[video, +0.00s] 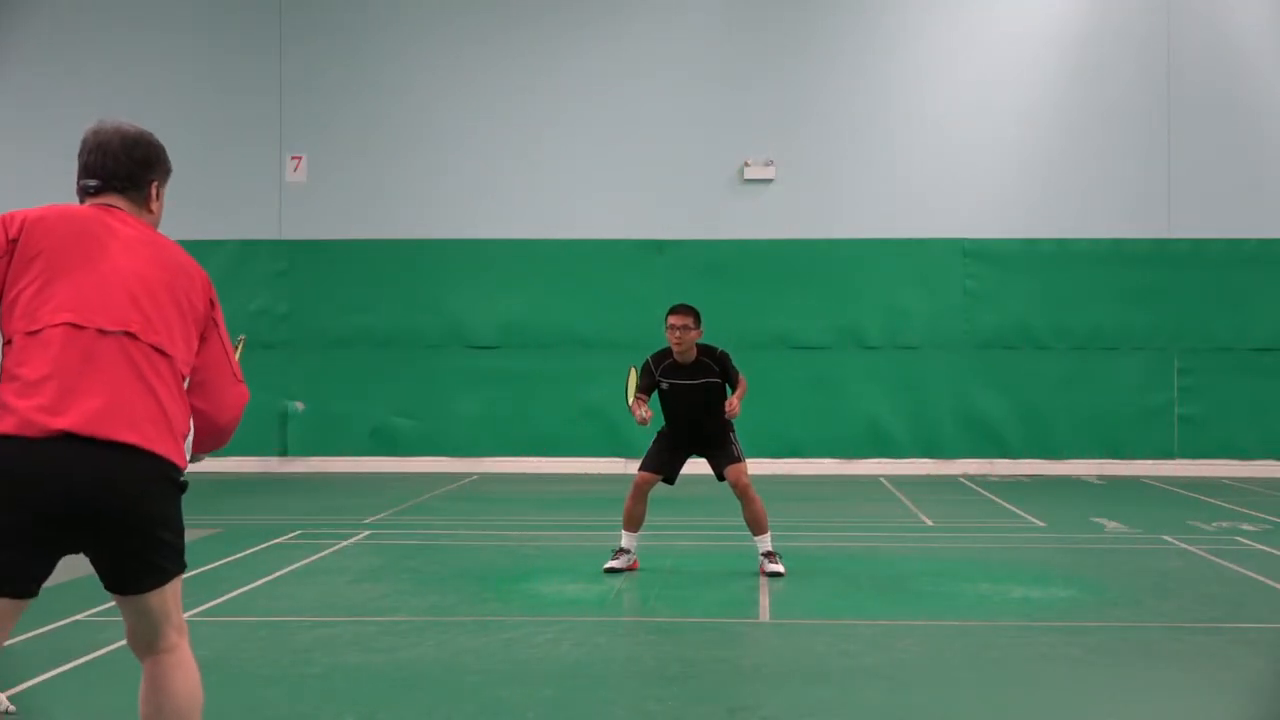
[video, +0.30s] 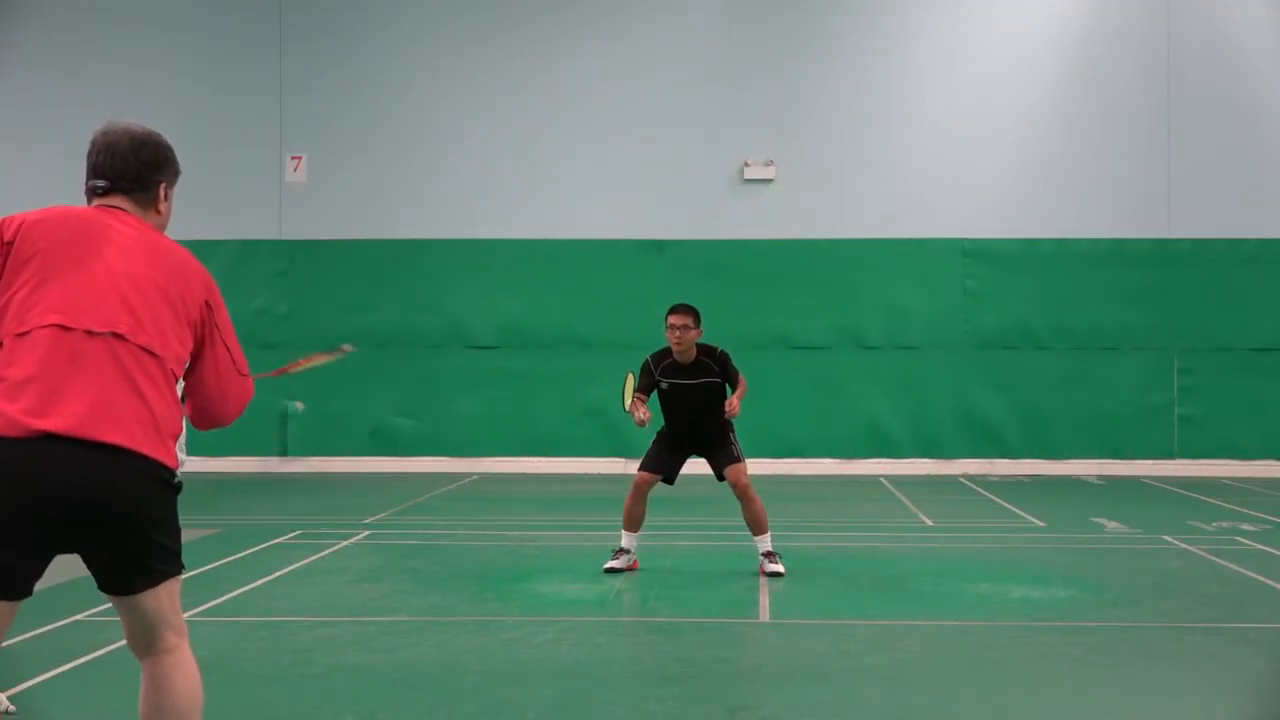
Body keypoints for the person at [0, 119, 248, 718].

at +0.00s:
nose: (164, 203)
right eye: (164, 191)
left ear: (83, 185)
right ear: (155, 192)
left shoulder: (21, 227)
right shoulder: (186, 272)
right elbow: (223, 407)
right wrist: (179, 445)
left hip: (20, 460)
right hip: (136, 471)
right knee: (163, 644)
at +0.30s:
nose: (172, 206)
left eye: (173, 194)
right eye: (173, 194)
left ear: (91, 186)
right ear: (162, 194)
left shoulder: (21, 229)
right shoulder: (188, 273)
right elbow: (220, 406)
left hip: (16, 460)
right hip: (129, 473)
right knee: (163, 646)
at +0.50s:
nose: (187, 221)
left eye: (187, 208)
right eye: (188, 208)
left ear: (105, 199)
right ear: (175, 209)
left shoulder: (28, 235)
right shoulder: (195, 286)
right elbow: (216, 426)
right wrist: (227, 448)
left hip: (15, 458)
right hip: (128, 474)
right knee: (162, 644)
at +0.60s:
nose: (193, 228)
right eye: (193, 216)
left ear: (111, 205)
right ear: (180, 215)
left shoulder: (37, 237)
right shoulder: (201, 291)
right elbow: (217, 426)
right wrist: (219, 490)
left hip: (17, 457)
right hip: (132, 475)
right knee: (162, 641)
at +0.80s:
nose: (201, 228)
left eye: (202, 216)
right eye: (201, 217)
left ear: (121, 205)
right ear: (189, 217)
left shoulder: (51, 238)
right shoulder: (207, 289)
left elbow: (0, 308)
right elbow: (217, 410)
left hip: (26, 456)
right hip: (141, 473)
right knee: (166, 639)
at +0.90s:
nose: (200, 223)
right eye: (199, 212)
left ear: (122, 203)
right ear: (190, 214)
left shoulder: (51, 240)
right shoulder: (209, 282)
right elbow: (217, 379)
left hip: (30, 456)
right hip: (145, 468)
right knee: (166, 639)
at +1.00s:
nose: (195, 218)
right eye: (195, 208)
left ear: (116, 202)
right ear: (186, 209)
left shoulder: (49, 239)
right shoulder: (208, 277)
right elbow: (216, 370)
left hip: (32, 457)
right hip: (148, 466)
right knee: (167, 639)